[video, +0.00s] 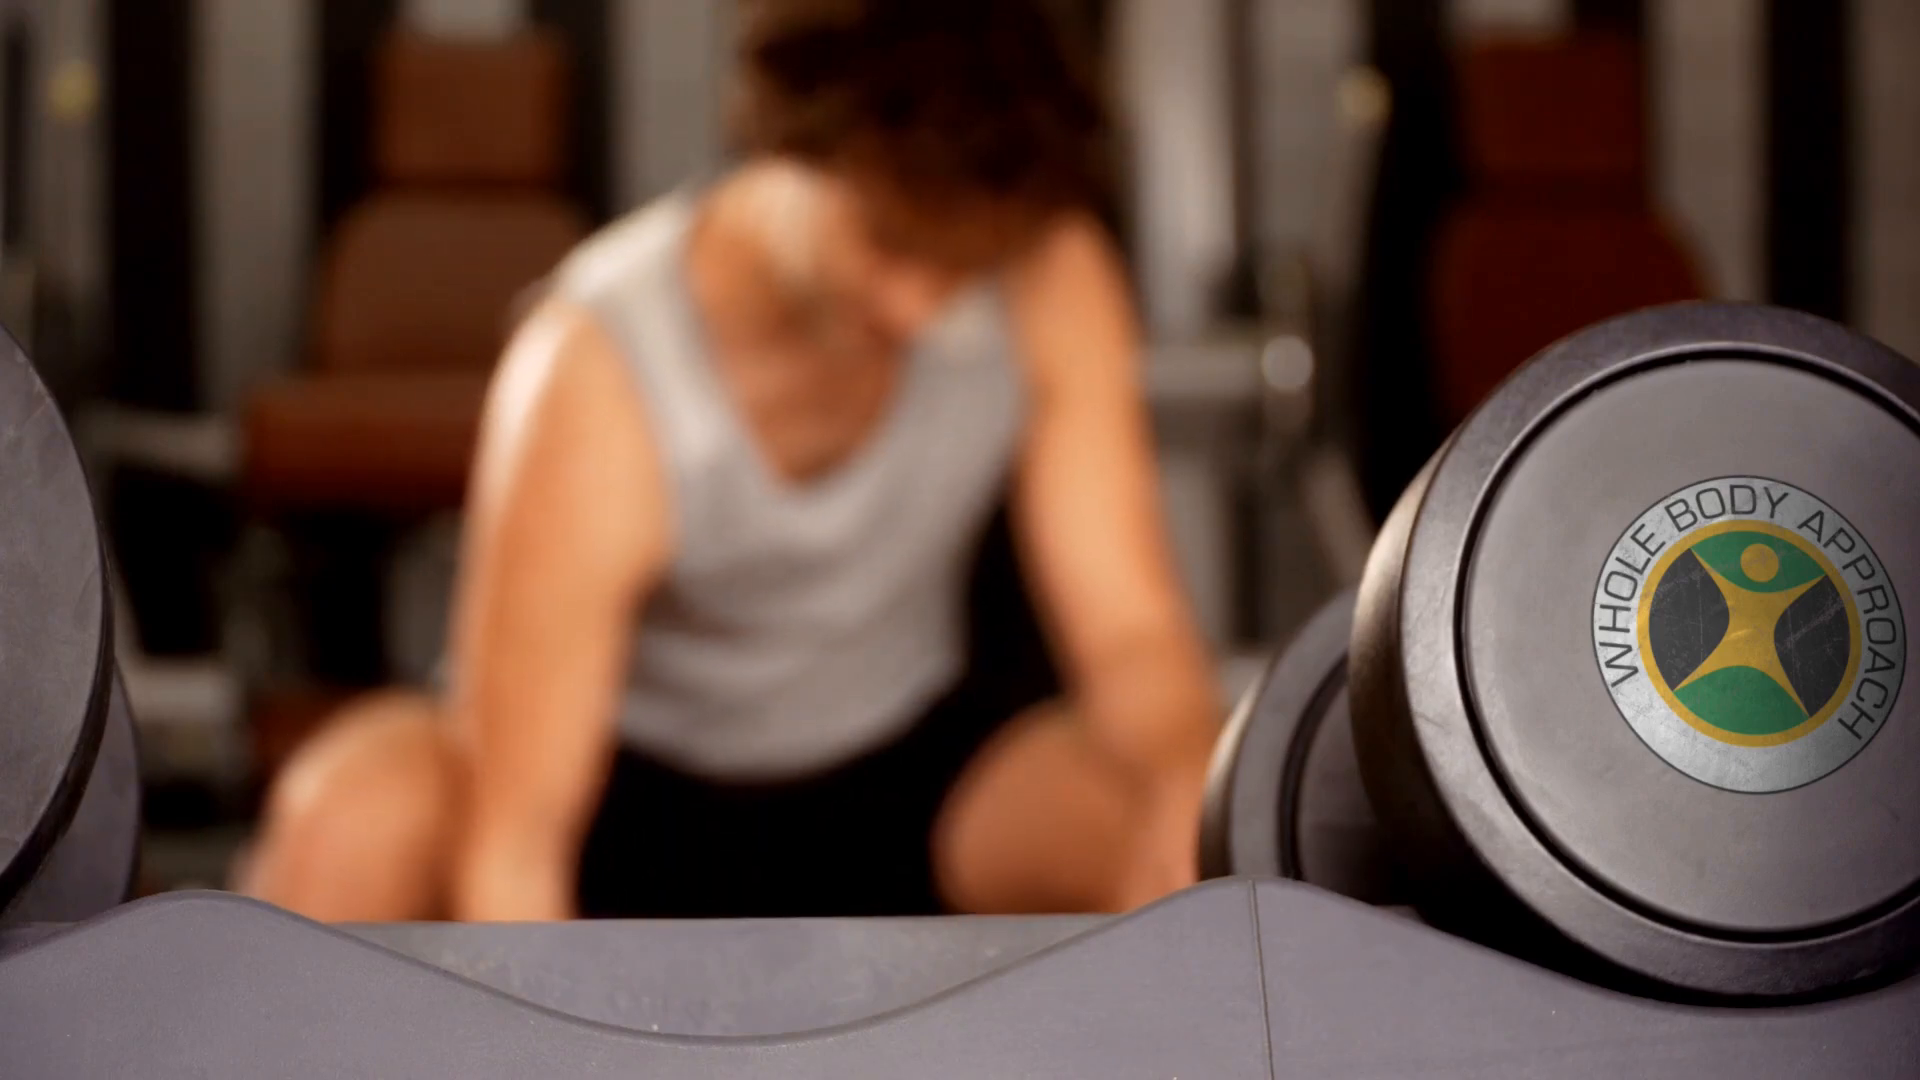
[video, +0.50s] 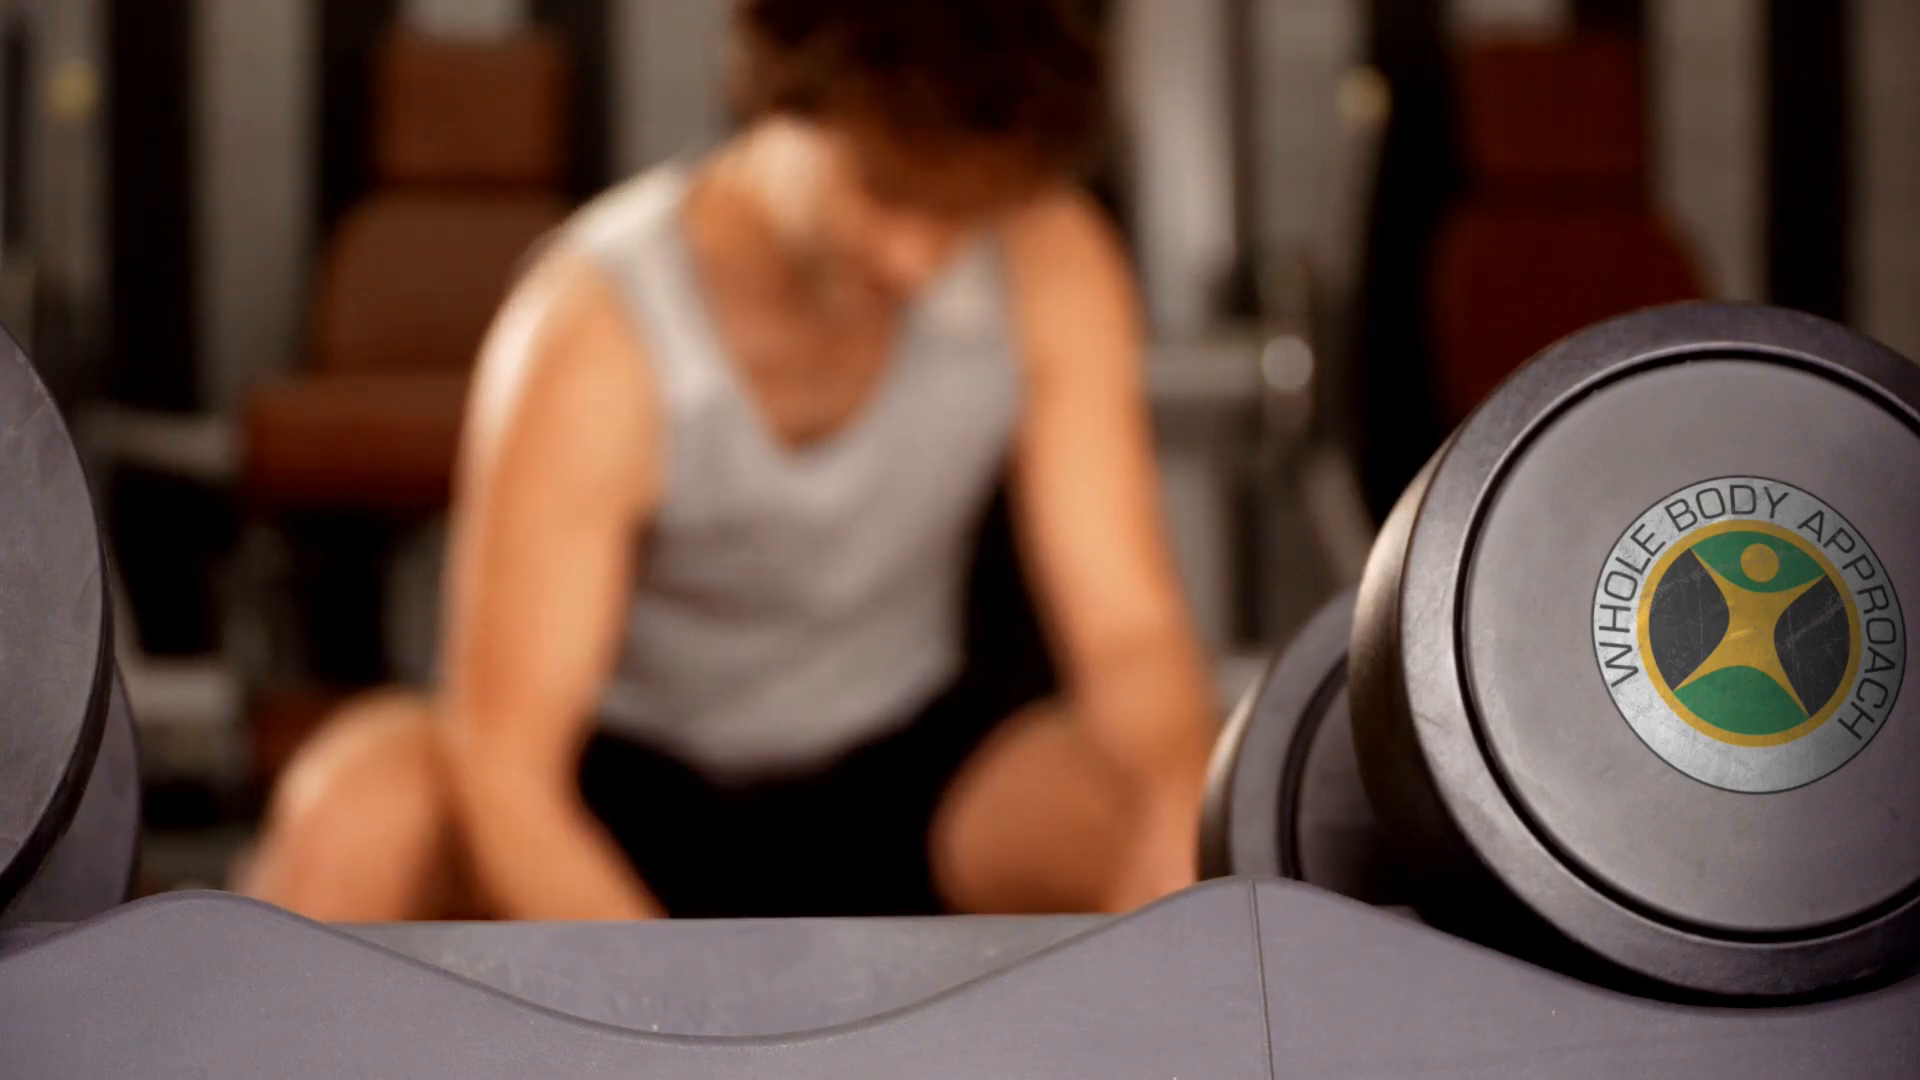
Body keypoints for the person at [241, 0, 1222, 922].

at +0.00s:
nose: (920, 310)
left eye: (970, 264)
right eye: (890, 246)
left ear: (1023, 221)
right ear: (794, 153)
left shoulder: (1043, 266)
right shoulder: (591, 367)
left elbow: (1132, 642)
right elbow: (519, 834)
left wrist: (1202, 833)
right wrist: (533, 1077)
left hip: (901, 783)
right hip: (621, 800)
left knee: (1196, 813)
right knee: (354, 797)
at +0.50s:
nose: (919, 259)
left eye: (971, 212)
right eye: (887, 197)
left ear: (1015, 168)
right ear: (790, 107)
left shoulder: (1045, 253)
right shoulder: (594, 322)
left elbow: (1128, 639)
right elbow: (504, 773)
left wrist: (1182, 854)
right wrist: (688, 1018)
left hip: (899, 781)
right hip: (627, 792)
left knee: (1190, 812)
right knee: (357, 792)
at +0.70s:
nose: (910, 235)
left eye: (961, 187)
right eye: (876, 171)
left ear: (1013, 155)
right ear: (780, 81)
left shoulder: (1042, 256)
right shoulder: (571, 308)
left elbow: (1135, 642)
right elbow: (509, 750)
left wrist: (1183, 842)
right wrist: (732, 870)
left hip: (907, 786)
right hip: (625, 792)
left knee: (1202, 781)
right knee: (368, 797)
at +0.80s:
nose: (907, 231)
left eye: (957, 183)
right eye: (873, 166)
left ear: (1010, 151)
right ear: (778, 77)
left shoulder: (1036, 257)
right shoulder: (556, 308)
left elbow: (1134, 641)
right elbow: (516, 733)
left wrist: (1183, 840)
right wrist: (850, 822)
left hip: (899, 803)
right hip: (623, 798)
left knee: (1188, 784)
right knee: (374, 789)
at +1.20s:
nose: (864, 231)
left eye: (910, 181)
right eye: (829, 168)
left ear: (959, 146)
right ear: (725, 89)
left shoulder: (999, 257)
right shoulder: (477, 320)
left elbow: (1120, 633)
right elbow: (523, 746)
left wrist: (1186, 883)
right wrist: (747, 691)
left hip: (895, 787)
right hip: (600, 796)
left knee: (1167, 811)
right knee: (372, 810)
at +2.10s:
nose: (872, 205)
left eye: (920, 157)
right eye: (838, 145)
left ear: (977, 121)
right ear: (740, 67)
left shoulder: (1017, 249)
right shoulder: (513, 316)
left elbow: (1123, 632)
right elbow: (528, 753)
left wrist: (1172, 864)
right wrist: (846, 749)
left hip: (888, 809)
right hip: (610, 818)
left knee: (1182, 790)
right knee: (371, 781)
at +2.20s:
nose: (874, 205)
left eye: (923, 159)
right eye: (842, 144)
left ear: (981, 128)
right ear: (748, 68)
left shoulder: (1029, 252)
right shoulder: (529, 325)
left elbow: (1123, 633)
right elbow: (516, 758)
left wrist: (1162, 863)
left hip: (909, 776)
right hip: (627, 784)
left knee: (1197, 787)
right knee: (358, 796)